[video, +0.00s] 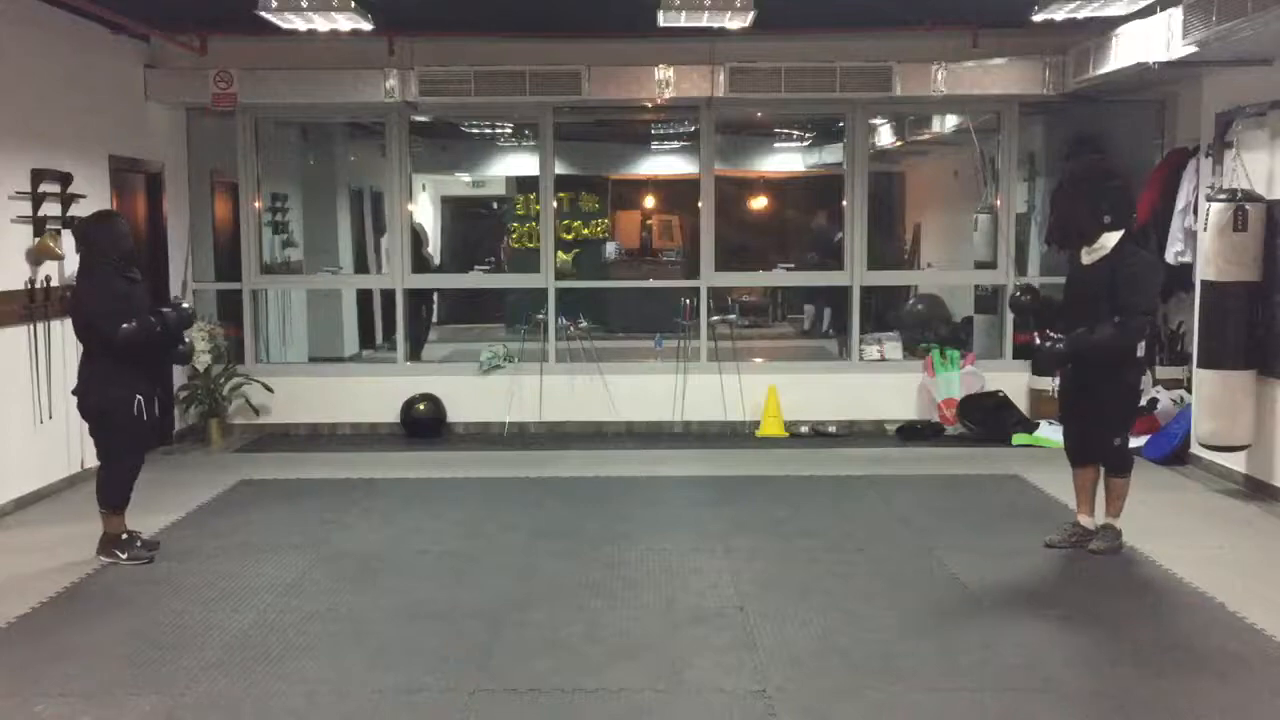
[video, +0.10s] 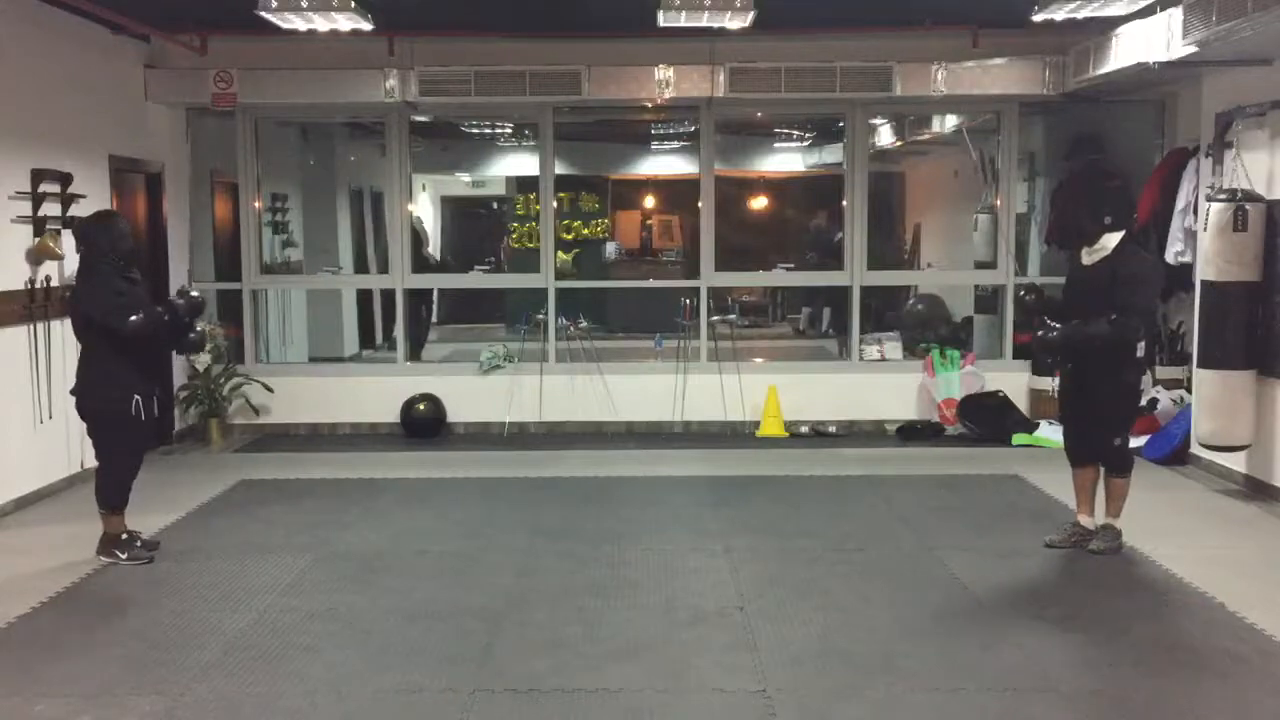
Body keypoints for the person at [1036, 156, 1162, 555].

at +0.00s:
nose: (1067, 223)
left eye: (1073, 212)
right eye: (1065, 213)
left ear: (1101, 213)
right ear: (1081, 215)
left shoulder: (1133, 261)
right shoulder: (1081, 258)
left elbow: (1135, 328)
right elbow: (1074, 316)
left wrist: (1071, 347)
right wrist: (1040, 308)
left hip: (1118, 367)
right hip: (1080, 365)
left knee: (1115, 445)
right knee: (1080, 442)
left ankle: (1112, 527)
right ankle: (1084, 523)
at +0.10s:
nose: (1067, 221)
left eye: (1074, 212)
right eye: (1067, 212)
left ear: (1098, 213)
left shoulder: (1135, 262)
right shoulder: (1080, 258)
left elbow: (1135, 326)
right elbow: (1076, 312)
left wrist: (1071, 335)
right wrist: (1045, 306)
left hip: (1119, 368)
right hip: (1081, 366)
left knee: (1114, 445)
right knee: (1079, 443)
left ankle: (1112, 528)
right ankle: (1084, 524)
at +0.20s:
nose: (1067, 223)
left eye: (1073, 214)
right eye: (1066, 214)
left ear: (1094, 213)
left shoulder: (1134, 261)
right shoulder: (1080, 259)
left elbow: (1134, 326)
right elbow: (1070, 313)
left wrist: (1070, 331)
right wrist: (1051, 327)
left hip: (1118, 368)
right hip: (1079, 365)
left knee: (1115, 445)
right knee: (1080, 442)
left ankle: (1112, 527)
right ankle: (1084, 523)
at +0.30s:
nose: (1070, 224)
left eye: (1076, 214)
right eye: (1069, 215)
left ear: (1096, 214)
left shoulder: (1135, 262)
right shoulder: (1081, 260)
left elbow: (1134, 324)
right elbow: (1065, 311)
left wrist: (1074, 325)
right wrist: (1055, 323)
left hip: (1117, 368)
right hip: (1079, 365)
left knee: (1114, 444)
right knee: (1079, 442)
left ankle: (1111, 527)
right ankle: (1084, 523)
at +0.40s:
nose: (1070, 222)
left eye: (1076, 213)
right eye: (1069, 213)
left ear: (1096, 212)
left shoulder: (1135, 262)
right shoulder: (1079, 259)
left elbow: (1134, 324)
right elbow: (1065, 312)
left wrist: (1074, 324)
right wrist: (1055, 324)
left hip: (1117, 368)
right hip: (1078, 365)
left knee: (1114, 445)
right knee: (1078, 442)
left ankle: (1111, 527)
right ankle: (1084, 523)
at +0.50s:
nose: (1066, 222)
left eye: (1073, 213)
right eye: (1066, 213)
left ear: (1094, 212)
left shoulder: (1132, 260)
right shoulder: (1078, 258)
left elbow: (1133, 324)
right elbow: (1065, 310)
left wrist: (1074, 328)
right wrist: (1054, 324)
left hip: (1116, 368)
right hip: (1077, 366)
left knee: (1113, 444)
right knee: (1077, 442)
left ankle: (1111, 527)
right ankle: (1084, 523)